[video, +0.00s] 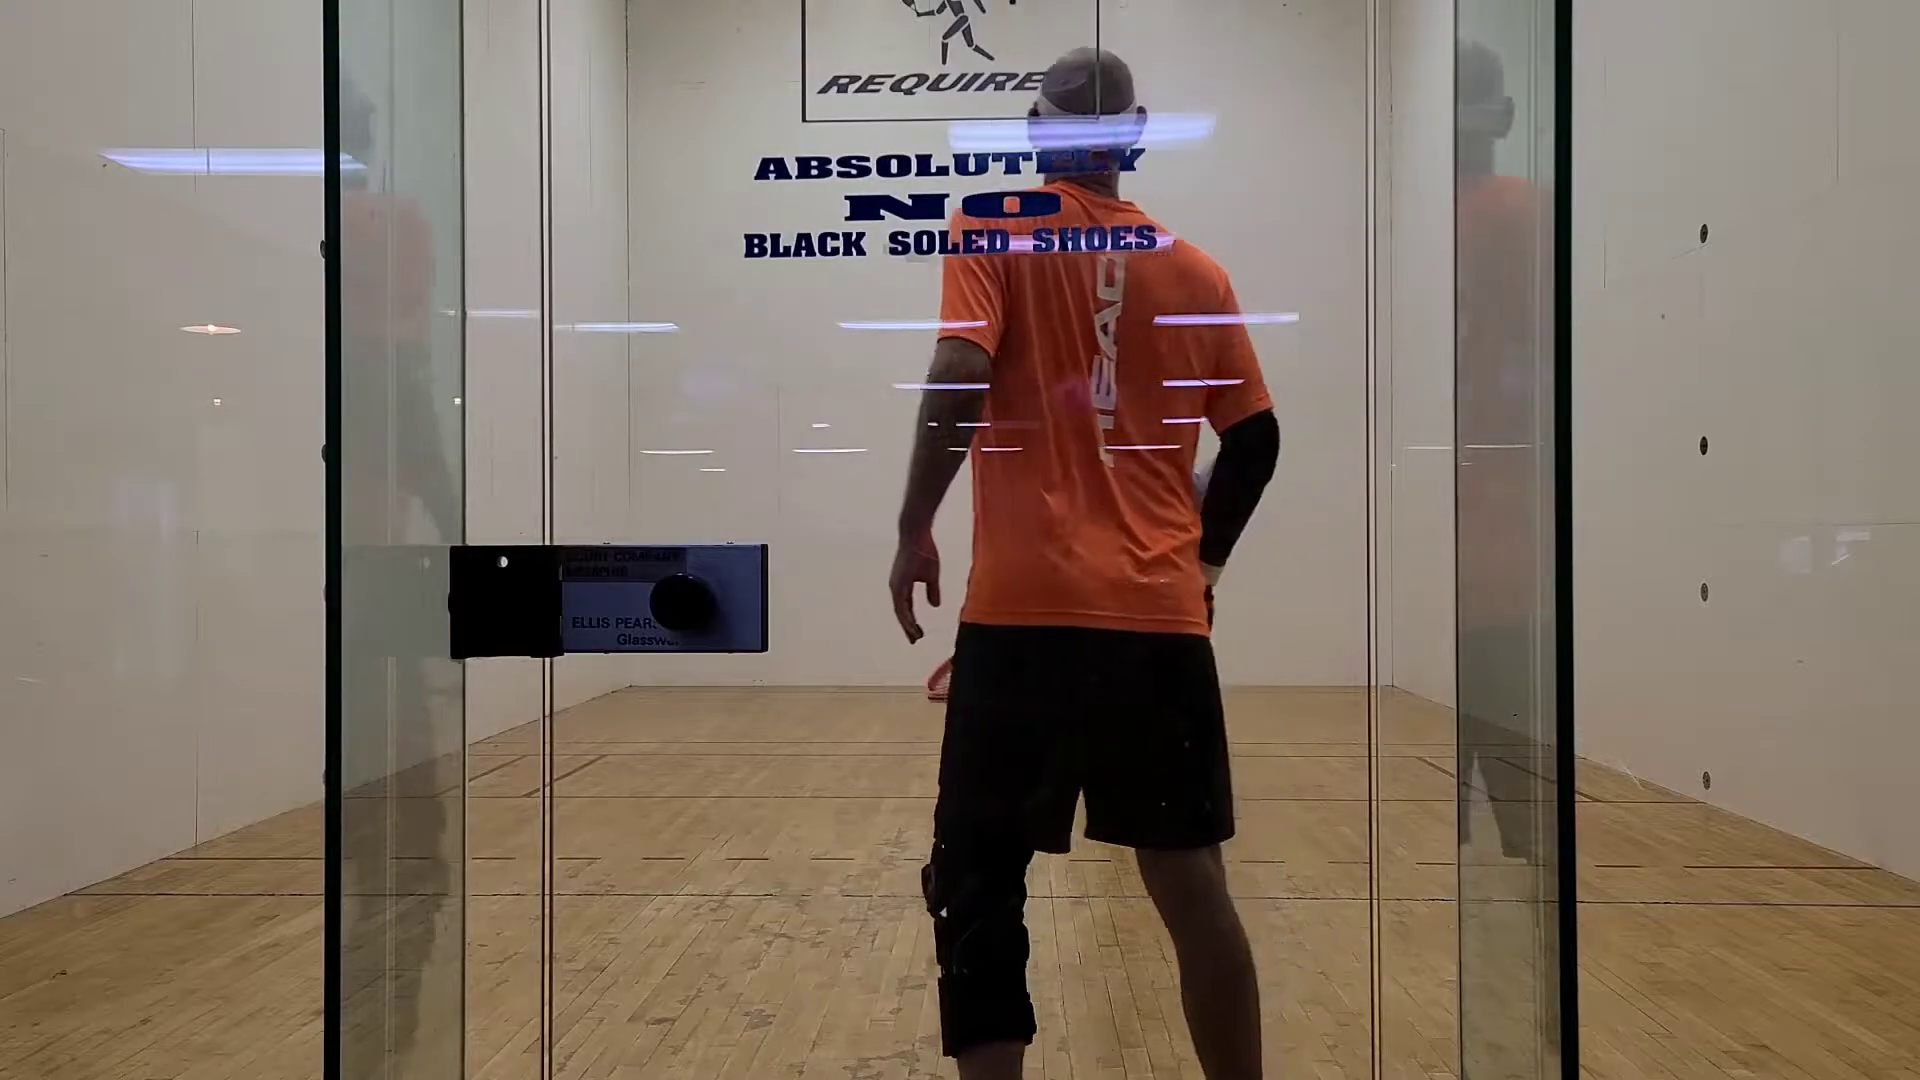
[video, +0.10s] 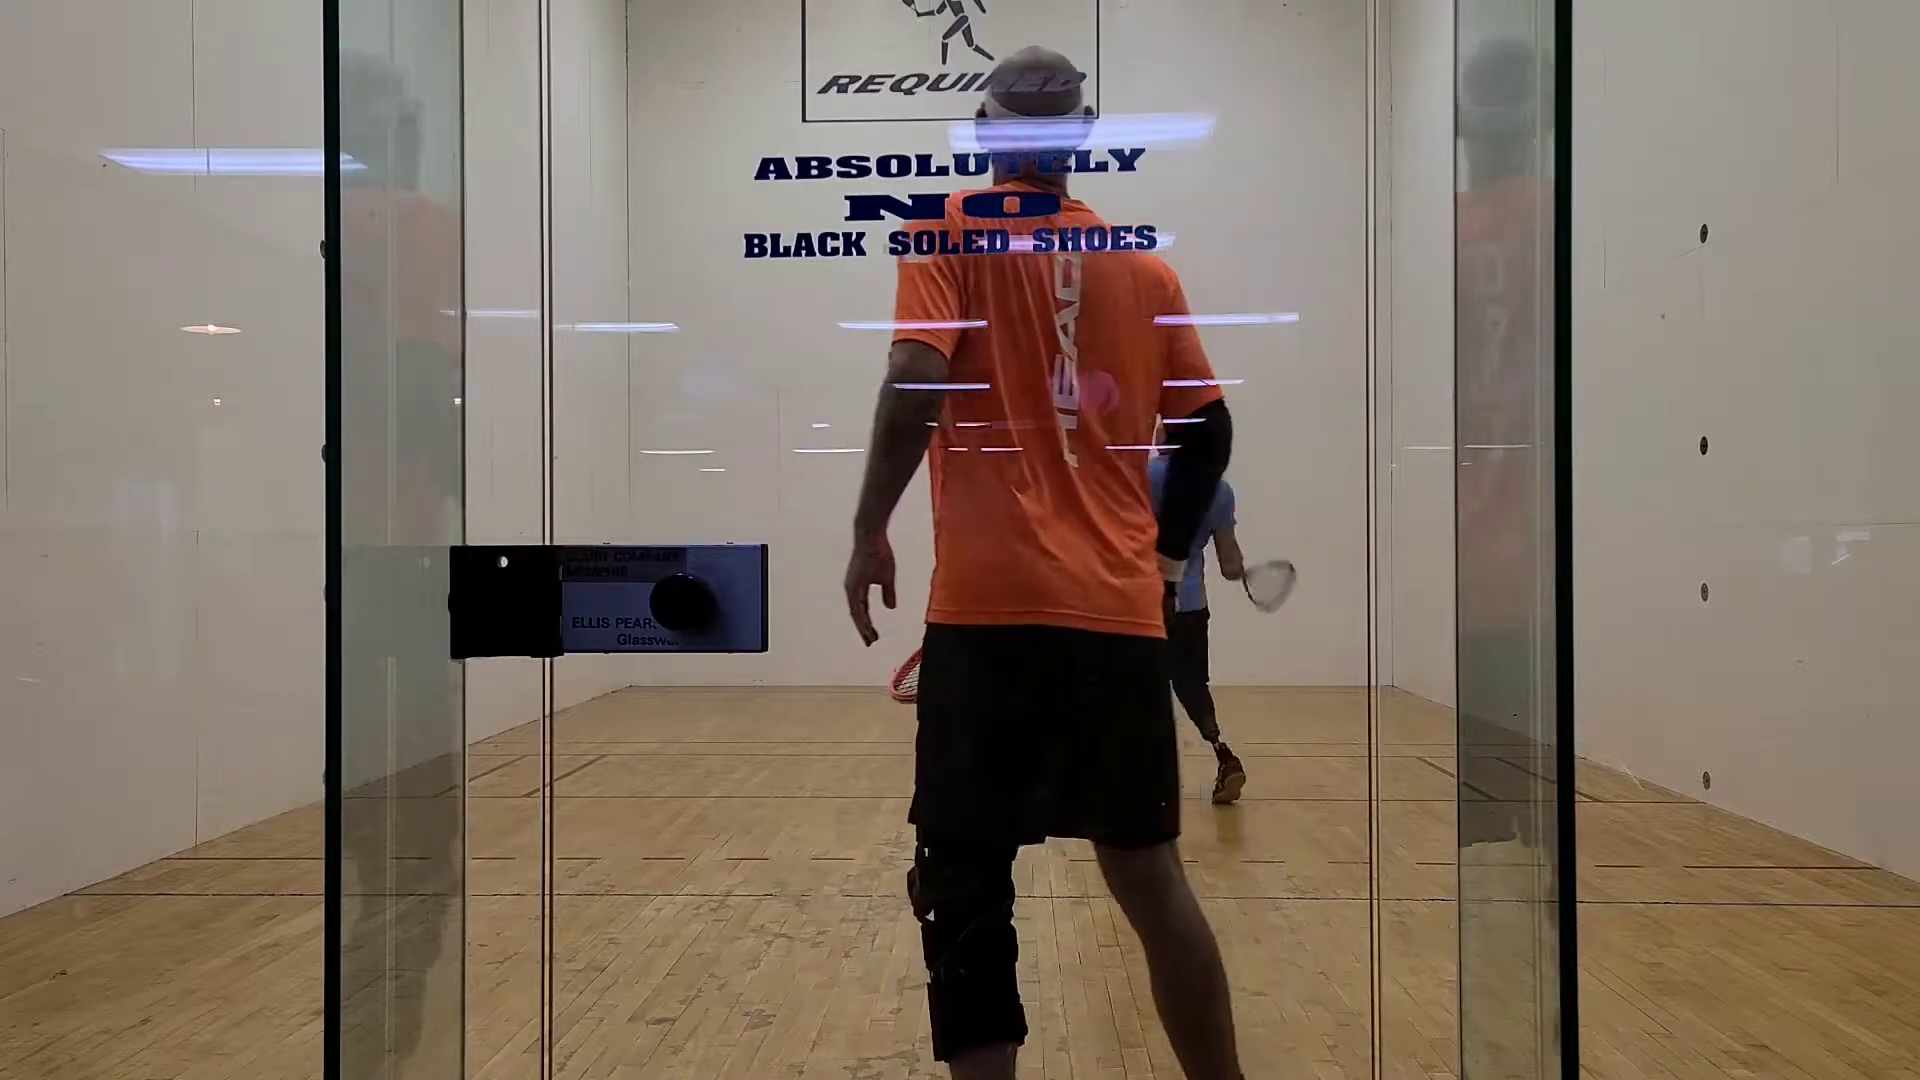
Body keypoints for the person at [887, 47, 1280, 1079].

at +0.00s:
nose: (1029, 138)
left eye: (1033, 122)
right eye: (1040, 120)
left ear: (1039, 127)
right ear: (1134, 141)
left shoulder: (990, 232)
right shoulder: (1194, 270)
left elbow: (959, 382)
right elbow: (1253, 438)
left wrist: (914, 527)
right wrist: (1195, 567)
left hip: (1022, 615)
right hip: (1162, 624)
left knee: (976, 886)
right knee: (1192, 889)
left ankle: (992, 1077)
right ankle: (1240, 1076)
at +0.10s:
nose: (983, 139)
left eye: (985, 122)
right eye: (993, 120)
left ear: (989, 128)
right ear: (1083, 134)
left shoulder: (950, 237)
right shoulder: (1143, 264)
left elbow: (915, 388)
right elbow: (1204, 430)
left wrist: (870, 528)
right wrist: (1163, 561)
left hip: (986, 616)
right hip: (1121, 619)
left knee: (962, 890)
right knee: (1153, 880)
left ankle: (984, 1074)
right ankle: (1222, 1074)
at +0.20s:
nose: (951, 155)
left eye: (937, 139)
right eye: (986, 141)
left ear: (936, 139)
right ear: (1034, 143)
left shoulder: (905, 239)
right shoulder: (1099, 267)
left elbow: (875, 384)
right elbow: (1167, 430)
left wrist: (824, 530)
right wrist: (1118, 557)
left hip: (956, 606)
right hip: (1085, 608)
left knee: (951, 882)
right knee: (1098, 856)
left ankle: (982, 1069)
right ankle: (1191, 1070)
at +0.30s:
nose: (886, 160)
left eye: (886, 147)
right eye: (895, 147)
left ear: (895, 146)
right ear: (988, 146)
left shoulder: (870, 245)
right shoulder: (1055, 268)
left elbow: (835, 402)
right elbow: (1129, 434)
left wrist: (780, 541)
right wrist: (1071, 563)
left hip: (943, 611)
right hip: (1064, 611)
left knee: (942, 888)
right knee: (1040, 839)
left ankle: (976, 1075)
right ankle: (1148, 1062)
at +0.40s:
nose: (862, 179)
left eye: (855, 165)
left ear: (851, 168)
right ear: (947, 168)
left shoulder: (836, 260)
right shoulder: (1021, 283)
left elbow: (792, 422)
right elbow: (1092, 428)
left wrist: (726, 565)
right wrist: (1040, 577)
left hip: (931, 613)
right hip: (1042, 611)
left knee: (932, 898)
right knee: (987, 827)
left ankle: (978, 1071)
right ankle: (1084, 1063)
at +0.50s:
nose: (826, 186)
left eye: (824, 170)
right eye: (837, 168)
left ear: (819, 179)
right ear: (908, 180)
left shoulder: (807, 279)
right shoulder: (982, 293)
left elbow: (745, 444)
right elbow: (1057, 433)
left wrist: (683, 574)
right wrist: (1016, 556)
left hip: (913, 619)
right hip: (1017, 610)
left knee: (916, 882)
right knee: (952, 841)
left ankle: (972, 1067)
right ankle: (1009, 1049)